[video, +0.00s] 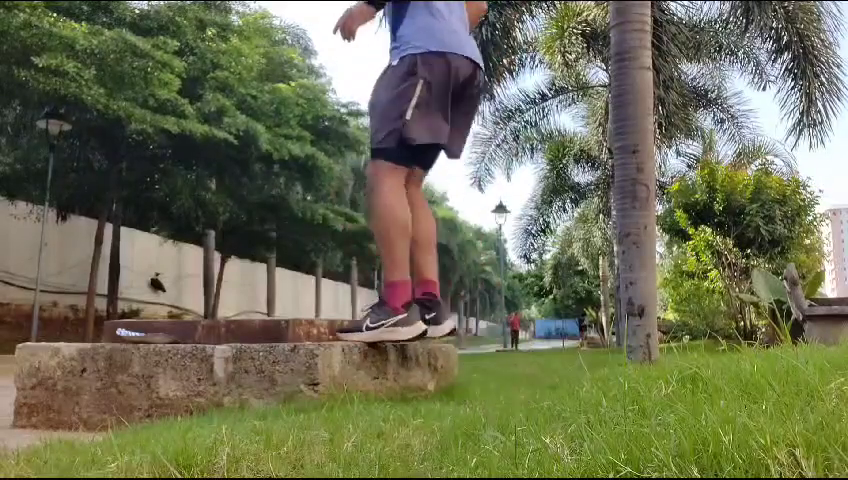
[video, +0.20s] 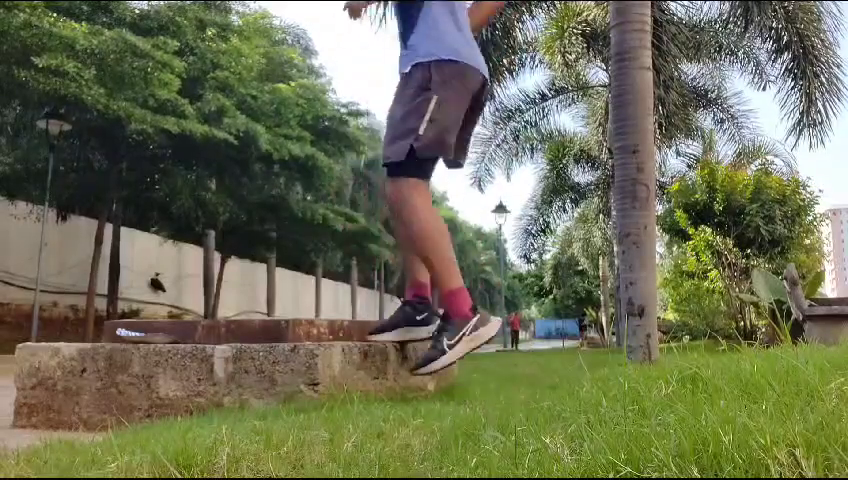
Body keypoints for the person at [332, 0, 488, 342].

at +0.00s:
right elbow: (478, 5)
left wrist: (366, 7)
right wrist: (442, 37)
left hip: (423, 50)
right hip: (467, 59)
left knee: (385, 174)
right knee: (412, 183)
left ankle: (394, 306)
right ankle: (430, 305)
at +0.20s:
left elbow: (354, 9)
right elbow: (493, 2)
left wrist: (361, 2)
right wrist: (452, 31)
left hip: (435, 55)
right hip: (466, 62)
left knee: (405, 187)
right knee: (407, 187)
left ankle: (462, 315)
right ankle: (419, 304)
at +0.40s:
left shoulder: (415, 5)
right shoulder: (470, 6)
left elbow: (430, 4)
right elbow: (514, 37)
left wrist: (390, 39)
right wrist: (480, 93)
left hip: (447, 122)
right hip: (480, 124)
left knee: (448, 256)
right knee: (382, 220)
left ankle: (502, 380)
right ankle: (469, 299)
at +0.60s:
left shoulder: (424, 3)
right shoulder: (476, 11)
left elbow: (456, 2)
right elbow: (501, 62)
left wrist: (397, 46)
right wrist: (453, 86)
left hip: (441, 115)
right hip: (487, 129)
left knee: (377, 234)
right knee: (446, 255)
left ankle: (467, 328)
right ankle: (507, 371)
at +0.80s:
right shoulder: (453, 13)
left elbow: (431, 0)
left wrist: (391, 31)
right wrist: (402, 79)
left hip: (431, 80)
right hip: (475, 96)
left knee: (344, 181)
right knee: (457, 228)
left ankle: (385, 297)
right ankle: (497, 352)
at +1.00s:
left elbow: (375, 5)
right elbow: (473, 10)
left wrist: (361, 10)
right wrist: (450, 42)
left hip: (419, 49)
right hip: (467, 57)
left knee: (387, 173)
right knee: (413, 182)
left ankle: (391, 306)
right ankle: (440, 301)